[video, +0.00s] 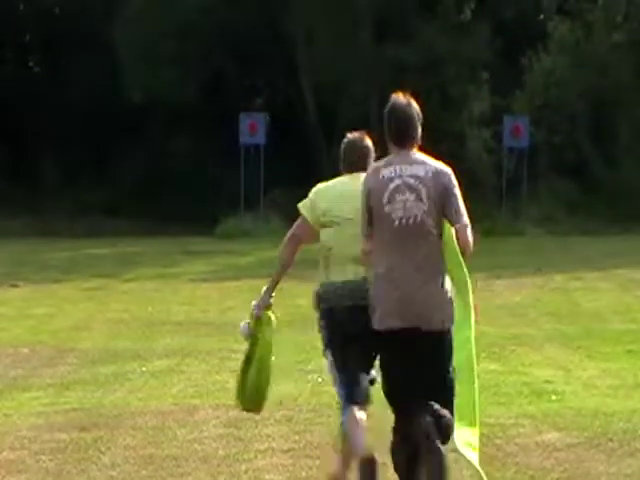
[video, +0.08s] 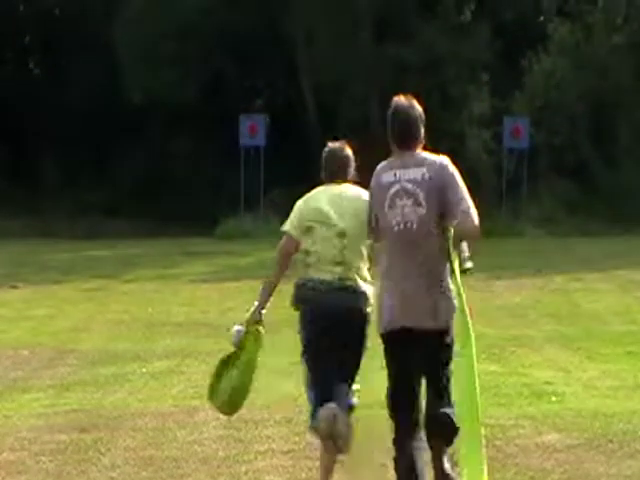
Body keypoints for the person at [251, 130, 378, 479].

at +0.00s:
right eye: (371, 160)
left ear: (341, 162)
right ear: (372, 161)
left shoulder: (325, 193)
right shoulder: (384, 189)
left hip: (335, 291)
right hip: (379, 290)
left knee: (344, 369)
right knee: (362, 371)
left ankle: (363, 454)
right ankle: (344, 457)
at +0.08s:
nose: (351, 172)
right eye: (351, 168)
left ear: (322, 170)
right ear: (352, 170)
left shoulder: (308, 201)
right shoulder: (366, 199)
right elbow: (377, 241)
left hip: (313, 292)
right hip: (353, 292)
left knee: (317, 366)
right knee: (346, 369)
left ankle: (323, 416)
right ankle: (342, 408)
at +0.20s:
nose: (289, 174)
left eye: (285, 169)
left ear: (283, 169)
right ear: (311, 165)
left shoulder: (275, 203)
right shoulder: (332, 193)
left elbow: (250, 253)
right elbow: (367, 231)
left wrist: (226, 293)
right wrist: (377, 278)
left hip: (289, 300)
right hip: (328, 297)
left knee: (284, 373)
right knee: (326, 384)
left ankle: (285, 447)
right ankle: (324, 468)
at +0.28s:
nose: (256, 181)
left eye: (255, 177)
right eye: (258, 177)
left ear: (258, 175)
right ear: (285, 169)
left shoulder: (252, 206)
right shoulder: (312, 189)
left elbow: (227, 256)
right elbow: (347, 225)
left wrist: (207, 289)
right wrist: (364, 272)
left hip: (277, 291)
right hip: (314, 289)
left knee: (268, 381)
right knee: (306, 379)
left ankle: (258, 463)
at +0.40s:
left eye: (241, 180)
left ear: (242, 180)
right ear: (269, 175)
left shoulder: (233, 208)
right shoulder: (287, 192)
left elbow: (202, 252)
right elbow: (314, 213)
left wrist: (187, 284)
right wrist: (337, 259)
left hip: (250, 296)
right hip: (287, 293)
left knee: (245, 385)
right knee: (277, 371)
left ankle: (251, 468)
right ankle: (277, 407)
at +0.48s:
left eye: (244, 167)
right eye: (264, 165)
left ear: (240, 170)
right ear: (267, 166)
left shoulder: (226, 197)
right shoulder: (278, 184)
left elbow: (199, 242)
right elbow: (297, 208)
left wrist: (180, 280)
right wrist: (315, 249)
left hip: (233, 288)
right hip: (268, 287)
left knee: (238, 372)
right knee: (255, 365)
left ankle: (243, 438)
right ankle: (248, 435)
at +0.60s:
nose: (251, 178)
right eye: (254, 173)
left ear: (229, 176)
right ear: (254, 175)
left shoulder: (216, 200)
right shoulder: (263, 195)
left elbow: (193, 248)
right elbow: (275, 216)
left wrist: (171, 288)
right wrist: (292, 260)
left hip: (216, 284)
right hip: (252, 288)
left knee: (213, 341)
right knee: (233, 381)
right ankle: (213, 462)